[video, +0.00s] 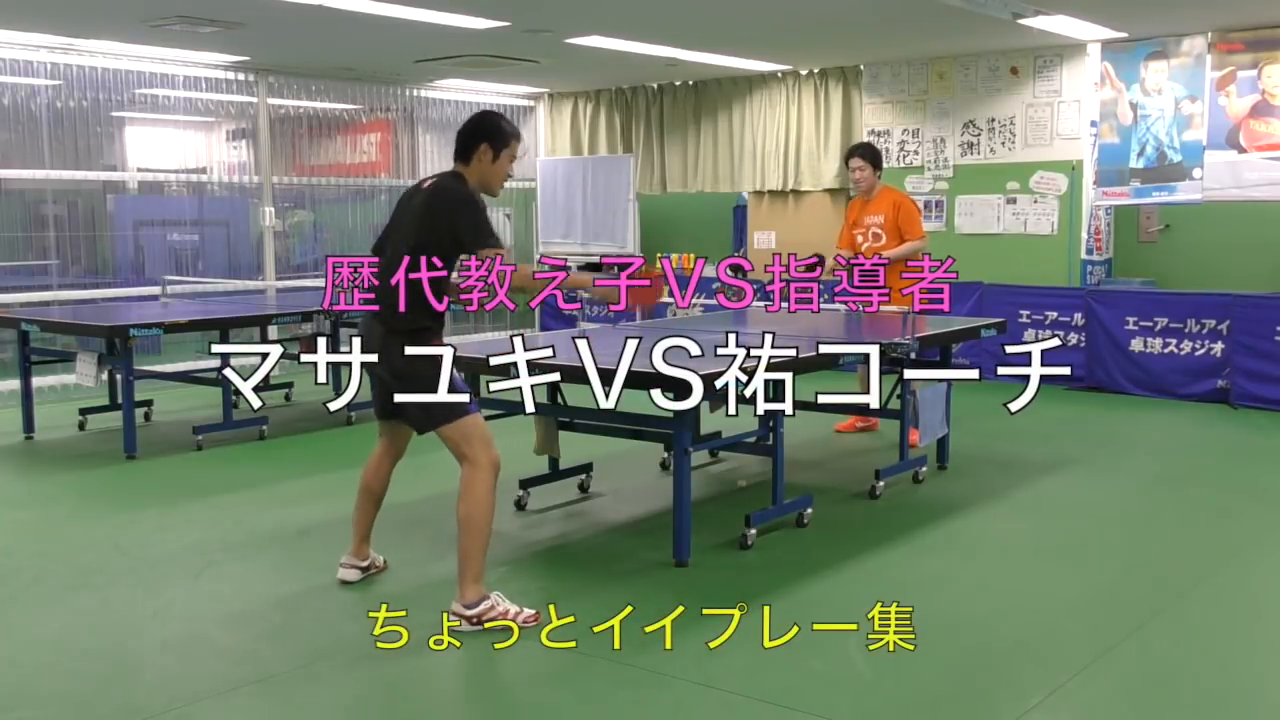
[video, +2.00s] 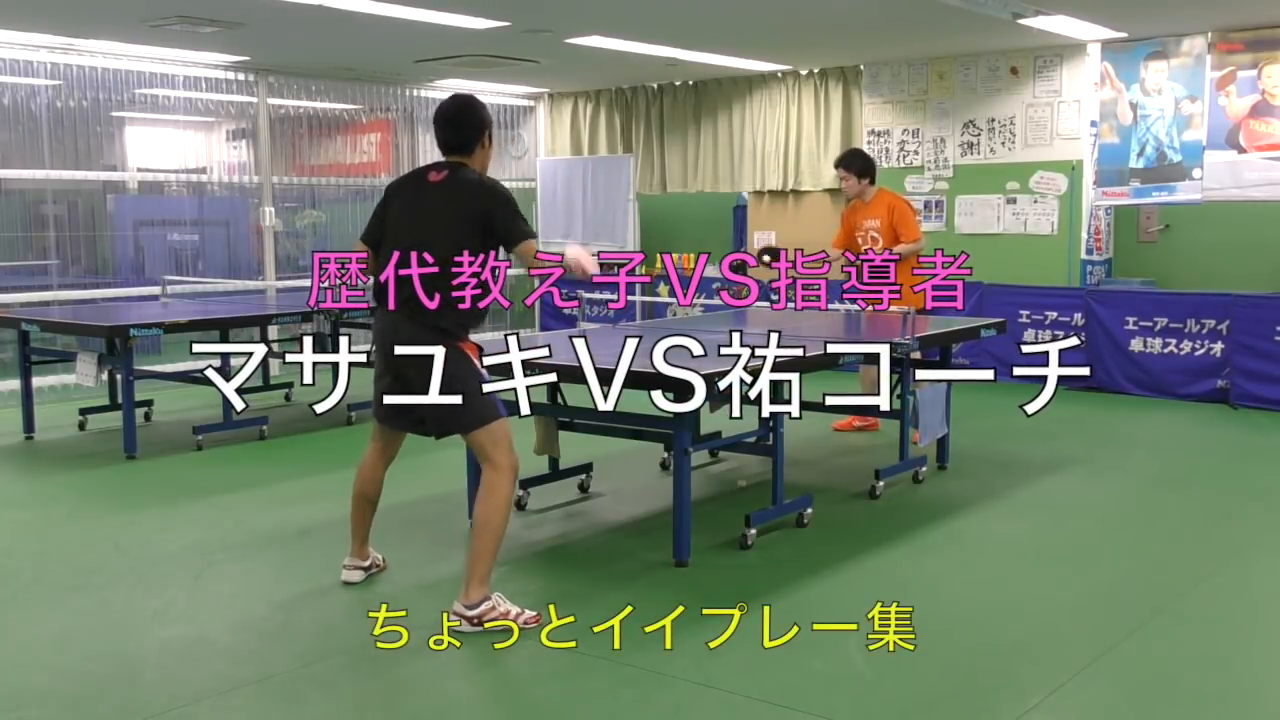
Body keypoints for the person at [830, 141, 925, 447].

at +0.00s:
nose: (856, 175)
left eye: (861, 169)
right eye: (852, 170)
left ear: (877, 170)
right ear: (848, 173)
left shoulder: (899, 201)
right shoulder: (854, 206)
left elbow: (919, 243)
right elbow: (846, 249)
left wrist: (884, 255)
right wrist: (836, 262)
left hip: (901, 296)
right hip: (868, 297)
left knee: (908, 361)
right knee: (865, 355)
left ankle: (913, 423)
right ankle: (865, 414)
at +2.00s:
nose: (842, 185)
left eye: (846, 179)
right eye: (840, 179)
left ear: (864, 178)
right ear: (848, 180)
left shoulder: (895, 204)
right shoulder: (851, 211)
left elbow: (916, 243)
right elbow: (837, 251)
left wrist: (888, 254)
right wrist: (802, 260)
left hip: (905, 298)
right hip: (872, 298)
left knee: (914, 360)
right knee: (869, 355)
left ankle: (925, 420)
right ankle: (867, 413)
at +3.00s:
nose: (856, 176)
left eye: (861, 170)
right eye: (854, 171)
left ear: (879, 171)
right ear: (854, 172)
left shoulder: (906, 201)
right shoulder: (856, 205)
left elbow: (925, 241)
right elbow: (843, 246)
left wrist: (898, 249)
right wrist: (832, 231)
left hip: (909, 296)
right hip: (874, 297)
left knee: (914, 360)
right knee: (871, 354)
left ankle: (922, 420)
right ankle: (866, 413)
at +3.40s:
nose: (855, 179)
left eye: (859, 173)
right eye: (851, 174)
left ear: (876, 172)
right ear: (851, 176)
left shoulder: (898, 202)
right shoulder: (863, 208)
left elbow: (920, 242)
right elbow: (868, 253)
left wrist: (881, 254)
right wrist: (841, 275)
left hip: (907, 298)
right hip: (878, 298)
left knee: (909, 358)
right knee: (871, 354)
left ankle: (928, 417)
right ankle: (867, 413)